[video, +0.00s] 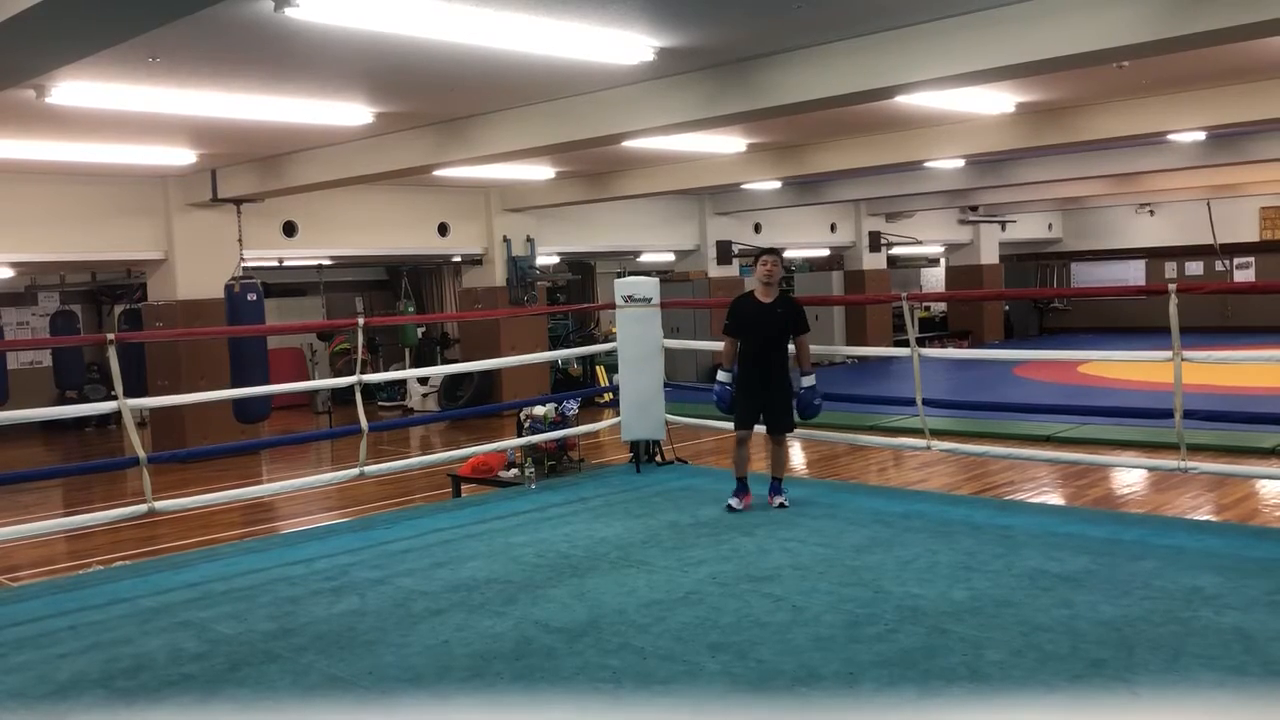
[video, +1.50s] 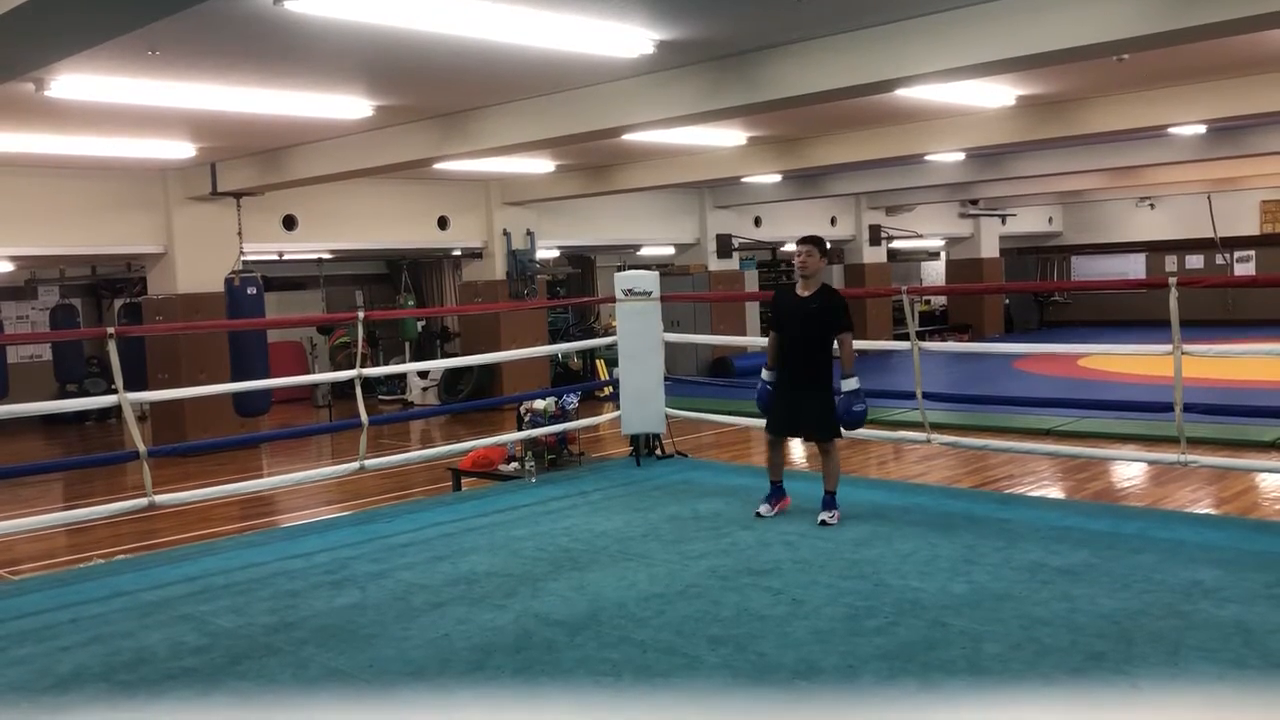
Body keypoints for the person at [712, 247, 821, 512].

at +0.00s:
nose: (768, 268)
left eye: (774, 264)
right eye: (763, 264)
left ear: (782, 272)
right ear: (755, 270)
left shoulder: (791, 306)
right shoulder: (740, 304)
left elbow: (802, 345)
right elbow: (730, 343)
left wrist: (808, 383)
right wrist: (723, 380)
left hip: (778, 382)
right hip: (746, 382)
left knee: (778, 439)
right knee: (741, 437)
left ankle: (776, 490)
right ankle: (741, 490)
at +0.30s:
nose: (767, 269)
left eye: (773, 265)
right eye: (762, 265)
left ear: (781, 271)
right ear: (754, 271)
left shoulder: (791, 307)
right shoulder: (741, 307)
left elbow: (800, 348)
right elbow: (729, 347)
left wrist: (806, 386)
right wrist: (722, 386)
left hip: (783, 385)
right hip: (752, 385)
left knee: (780, 440)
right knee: (757, 442)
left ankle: (777, 489)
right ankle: (763, 499)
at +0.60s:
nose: (754, 267)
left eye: (761, 263)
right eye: (750, 263)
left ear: (773, 270)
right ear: (744, 271)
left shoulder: (786, 303)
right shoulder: (736, 309)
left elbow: (800, 345)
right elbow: (730, 352)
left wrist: (810, 383)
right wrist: (727, 390)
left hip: (784, 384)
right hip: (751, 387)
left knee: (801, 443)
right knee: (755, 446)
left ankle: (786, 475)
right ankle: (765, 501)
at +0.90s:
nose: (757, 266)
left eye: (764, 261)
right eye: (753, 262)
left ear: (776, 267)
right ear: (749, 268)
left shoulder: (793, 301)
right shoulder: (740, 307)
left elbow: (807, 343)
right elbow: (737, 349)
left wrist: (817, 382)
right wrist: (735, 387)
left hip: (791, 383)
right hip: (757, 387)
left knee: (810, 443)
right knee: (758, 447)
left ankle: (830, 499)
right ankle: (765, 502)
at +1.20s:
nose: (782, 262)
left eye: (789, 257)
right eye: (778, 257)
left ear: (802, 264)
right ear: (774, 264)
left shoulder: (818, 300)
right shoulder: (764, 301)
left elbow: (830, 343)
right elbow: (753, 346)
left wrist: (837, 384)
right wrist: (743, 386)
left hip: (809, 385)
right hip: (774, 385)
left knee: (820, 446)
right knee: (767, 443)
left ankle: (828, 503)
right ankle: (765, 498)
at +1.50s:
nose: (801, 260)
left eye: (808, 255)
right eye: (798, 254)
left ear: (823, 261)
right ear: (794, 259)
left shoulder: (833, 300)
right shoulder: (782, 296)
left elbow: (846, 344)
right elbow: (774, 338)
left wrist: (850, 387)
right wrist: (767, 379)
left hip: (819, 386)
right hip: (784, 385)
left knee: (826, 445)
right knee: (774, 438)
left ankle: (829, 503)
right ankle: (776, 494)